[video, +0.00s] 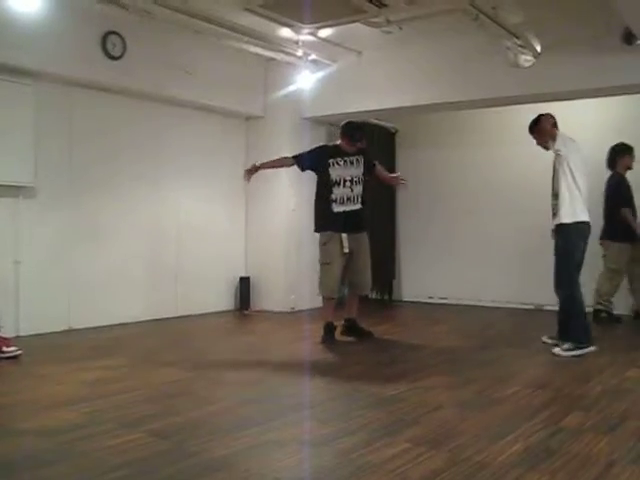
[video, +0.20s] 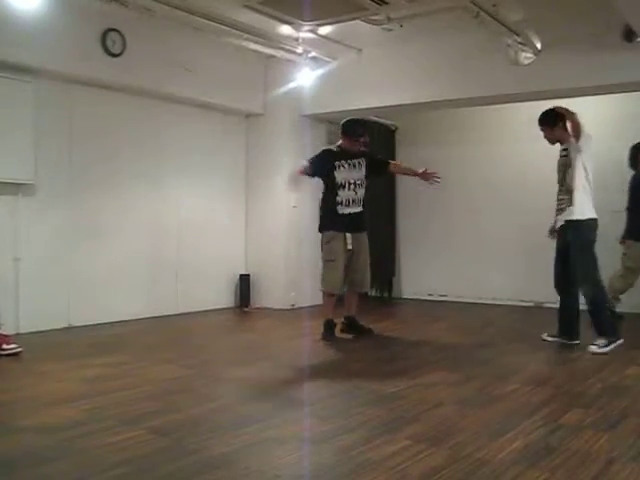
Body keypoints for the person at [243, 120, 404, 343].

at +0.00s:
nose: (356, 149)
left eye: (359, 146)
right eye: (353, 145)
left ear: (360, 143)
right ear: (343, 139)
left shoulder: (361, 156)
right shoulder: (323, 154)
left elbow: (374, 169)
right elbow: (290, 161)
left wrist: (389, 178)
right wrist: (258, 167)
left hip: (357, 227)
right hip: (331, 227)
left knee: (359, 278)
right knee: (331, 279)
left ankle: (351, 322)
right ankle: (329, 327)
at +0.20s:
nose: (363, 146)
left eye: (365, 141)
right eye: (359, 142)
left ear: (365, 140)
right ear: (345, 139)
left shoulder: (365, 158)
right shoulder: (328, 156)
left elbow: (391, 166)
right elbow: (306, 169)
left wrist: (418, 174)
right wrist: (296, 176)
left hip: (357, 227)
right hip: (333, 227)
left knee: (357, 276)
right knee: (333, 277)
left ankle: (350, 320)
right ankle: (329, 324)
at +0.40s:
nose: (363, 142)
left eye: (364, 139)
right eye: (360, 138)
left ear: (359, 140)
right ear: (347, 138)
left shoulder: (359, 154)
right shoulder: (335, 156)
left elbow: (379, 168)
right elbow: (356, 185)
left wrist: (360, 167)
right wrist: (380, 209)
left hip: (356, 225)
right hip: (335, 225)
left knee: (356, 276)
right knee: (334, 277)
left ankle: (350, 319)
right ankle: (328, 323)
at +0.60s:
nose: (354, 138)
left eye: (353, 134)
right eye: (350, 135)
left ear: (346, 136)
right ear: (340, 137)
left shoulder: (354, 154)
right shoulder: (332, 156)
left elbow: (363, 162)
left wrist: (337, 158)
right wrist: (358, 171)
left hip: (353, 220)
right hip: (333, 220)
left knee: (355, 271)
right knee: (332, 272)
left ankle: (348, 319)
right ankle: (320, 321)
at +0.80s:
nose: (341, 138)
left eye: (340, 135)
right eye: (337, 136)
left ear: (337, 137)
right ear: (327, 138)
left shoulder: (346, 155)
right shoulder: (316, 156)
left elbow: (369, 161)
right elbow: (338, 175)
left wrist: (394, 166)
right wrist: (371, 184)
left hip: (347, 222)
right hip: (324, 222)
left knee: (352, 272)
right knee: (325, 273)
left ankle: (347, 320)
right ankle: (308, 323)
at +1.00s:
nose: (333, 136)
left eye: (332, 133)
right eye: (329, 133)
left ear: (330, 135)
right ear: (318, 136)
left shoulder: (345, 157)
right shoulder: (302, 158)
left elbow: (373, 171)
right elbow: (296, 183)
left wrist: (398, 185)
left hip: (338, 225)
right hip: (311, 225)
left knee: (345, 274)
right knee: (311, 272)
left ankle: (346, 322)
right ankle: (307, 324)